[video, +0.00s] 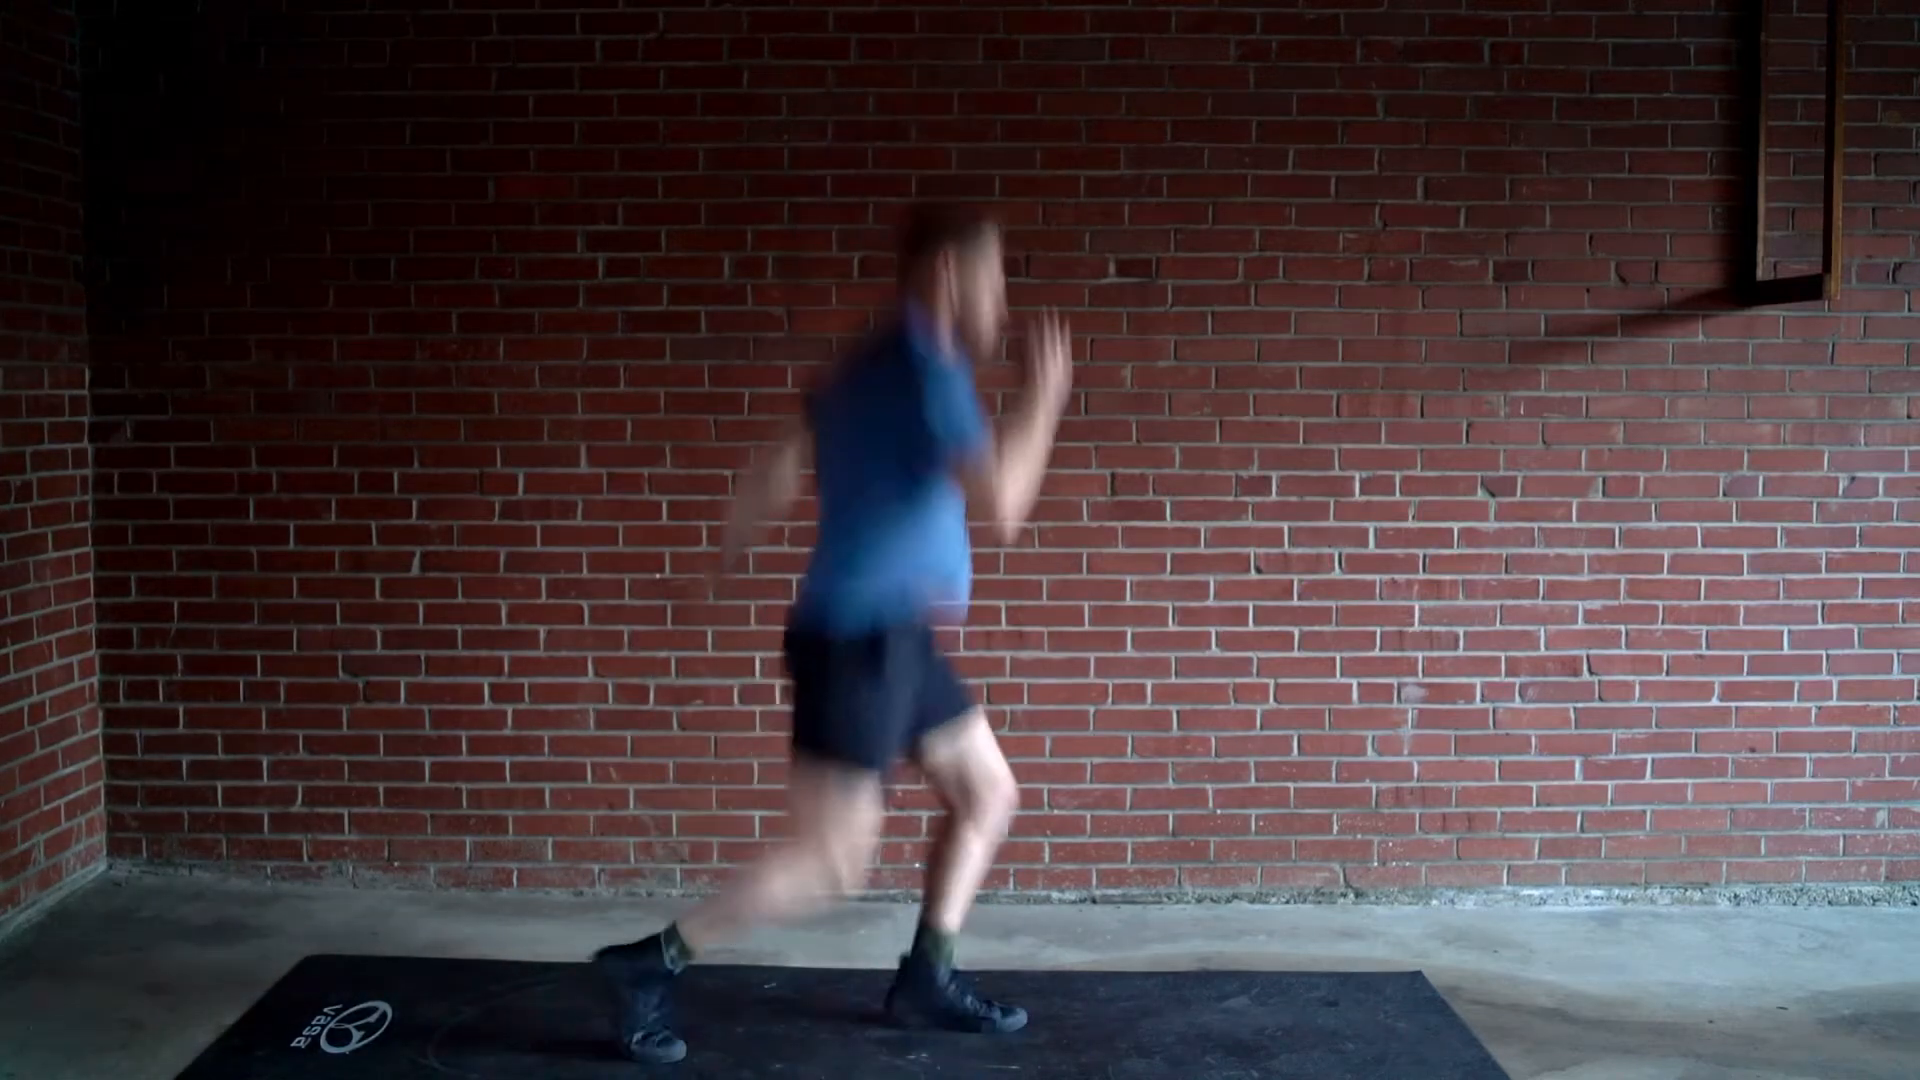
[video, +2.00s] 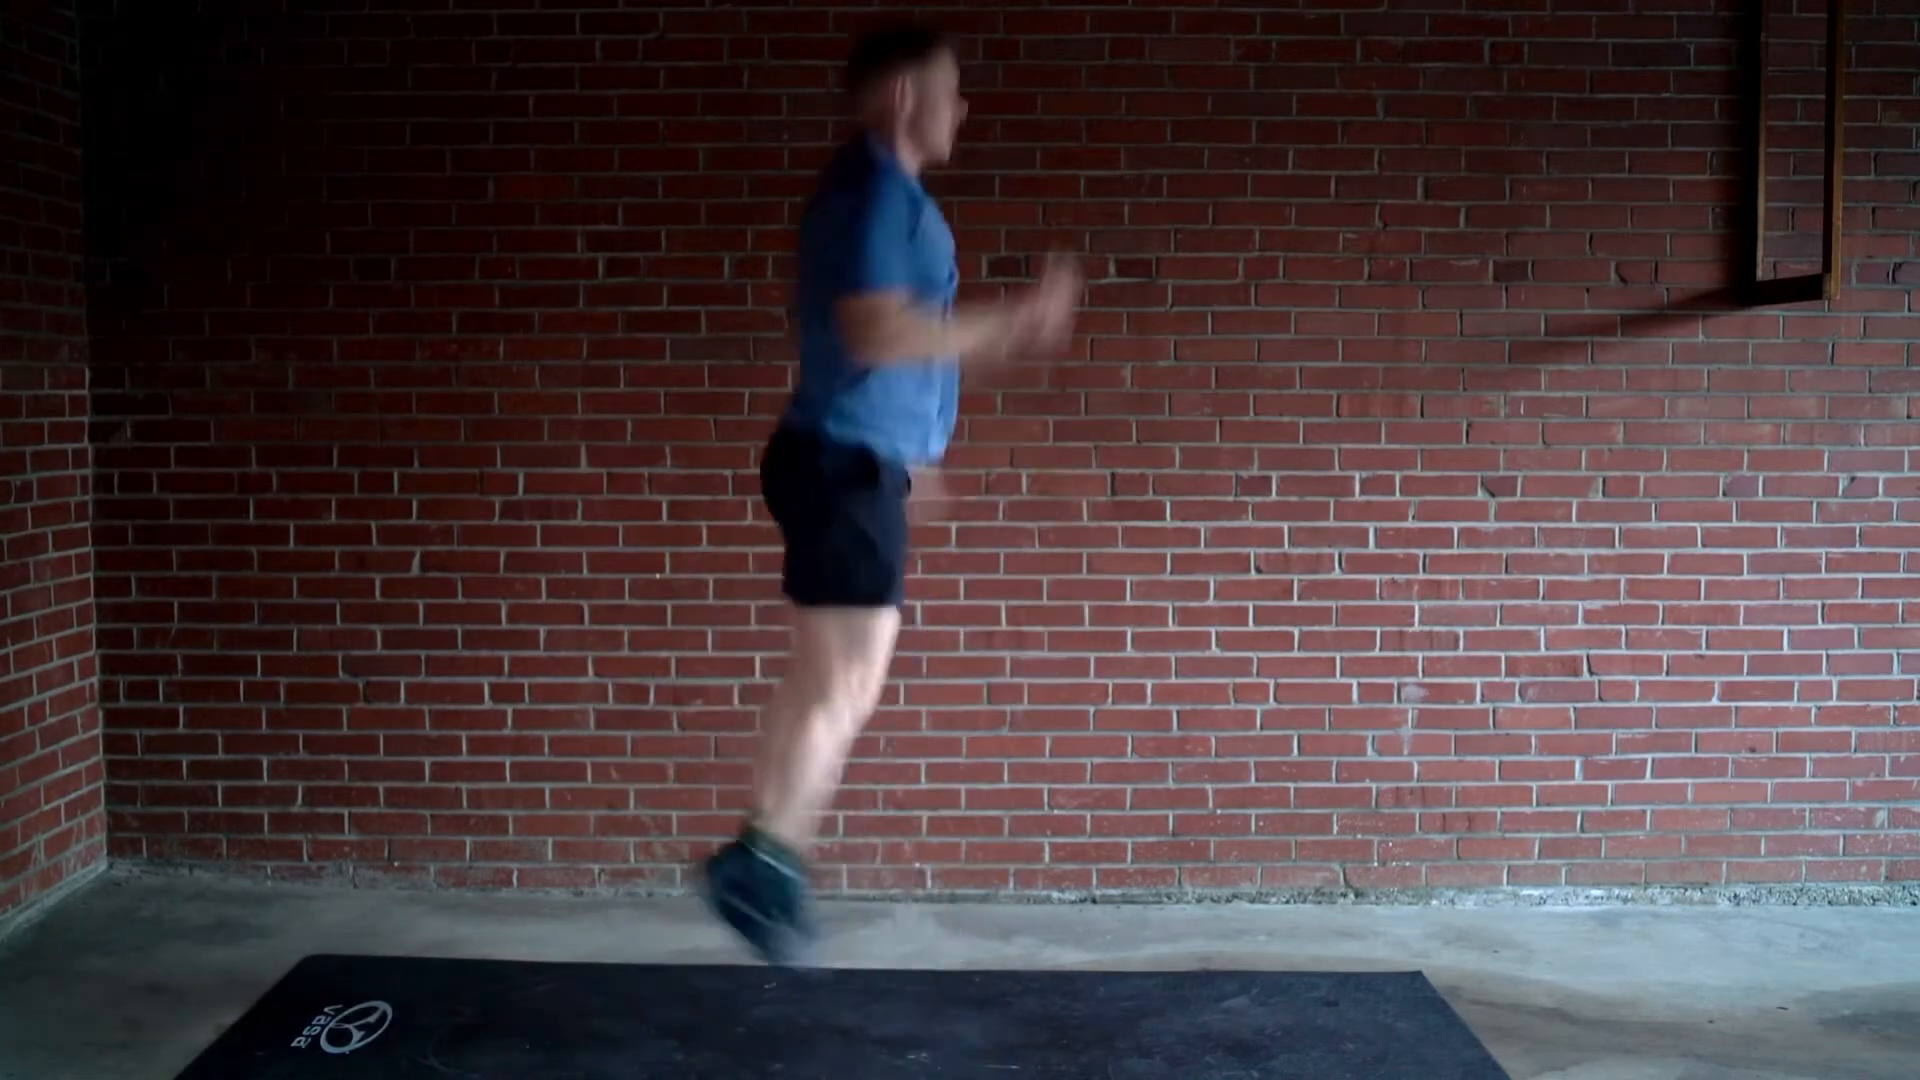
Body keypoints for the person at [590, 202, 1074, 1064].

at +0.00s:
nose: (1003, 294)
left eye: (1001, 275)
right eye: (991, 275)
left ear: (935, 274)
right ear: (943, 271)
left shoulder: (873, 358)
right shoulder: (926, 365)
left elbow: (780, 452)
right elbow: (1003, 506)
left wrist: (736, 535)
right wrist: (1046, 392)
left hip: (896, 630)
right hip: (850, 634)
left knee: (988, 792)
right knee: (833, 859)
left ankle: (928, 976)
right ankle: (649, 963)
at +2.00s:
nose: (960, 108)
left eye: (957, 90)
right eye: (946, 89)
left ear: (903, 100)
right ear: (896, 97)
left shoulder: (898, 199)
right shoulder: (871, 189)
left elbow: (898, 338)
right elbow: (870, 331)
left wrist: (906, 452)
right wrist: (1013, 321)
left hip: (857, 461)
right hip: (841, 459)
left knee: (831, 668)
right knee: (849, 671)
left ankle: (767, 850)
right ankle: (770, 853)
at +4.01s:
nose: (1045, 470)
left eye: (1041, 451)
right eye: (1033, 451)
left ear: (986, 467)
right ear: (982, 465)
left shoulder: (978, 563)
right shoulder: (924, 547)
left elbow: (1045, 674)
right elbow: (787, 631)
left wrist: (1099, 584)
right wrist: (696, 753)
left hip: (796, 783)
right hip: (810, 781)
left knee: (775, 998)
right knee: (1000, 876)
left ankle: (581, 976)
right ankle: (883, 1047)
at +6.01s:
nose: (1065, 399)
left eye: (1063, 380)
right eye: (1053, 380)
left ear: (1019, 388)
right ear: (1002, 386)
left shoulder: (1020, 504)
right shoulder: (933, 476)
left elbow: (1073, 616)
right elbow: (803, 558)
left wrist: (1115, 522)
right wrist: (688, 651)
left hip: (910, 727)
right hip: (862, 719)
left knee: (846, 914)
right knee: (1033, 842)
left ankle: (660, 932)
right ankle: (937, 1009)